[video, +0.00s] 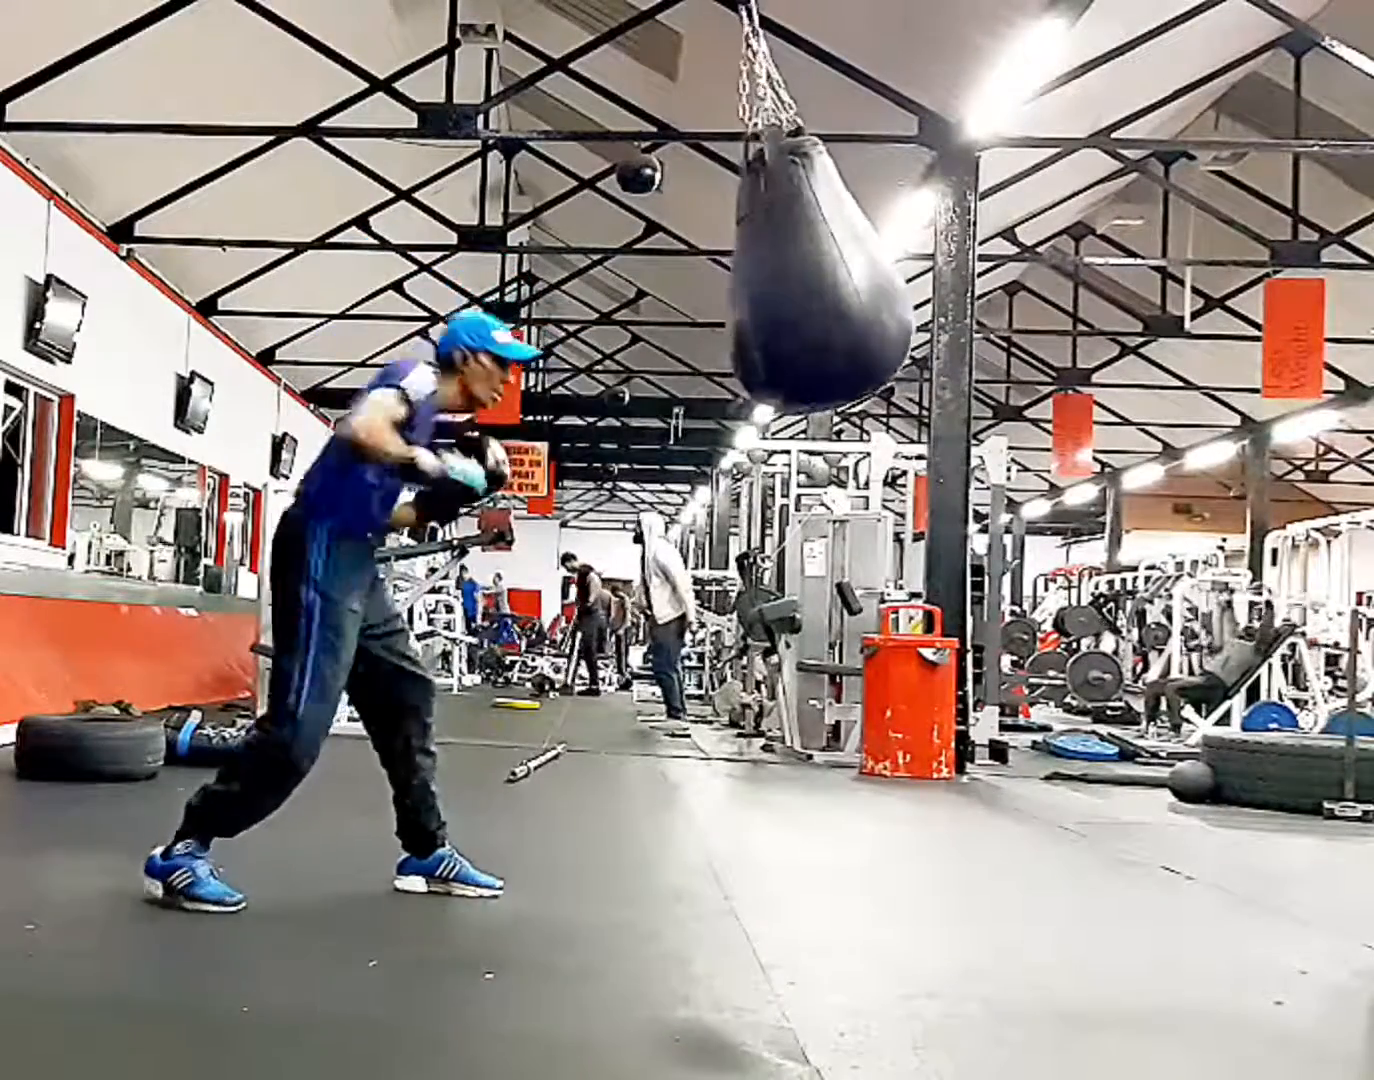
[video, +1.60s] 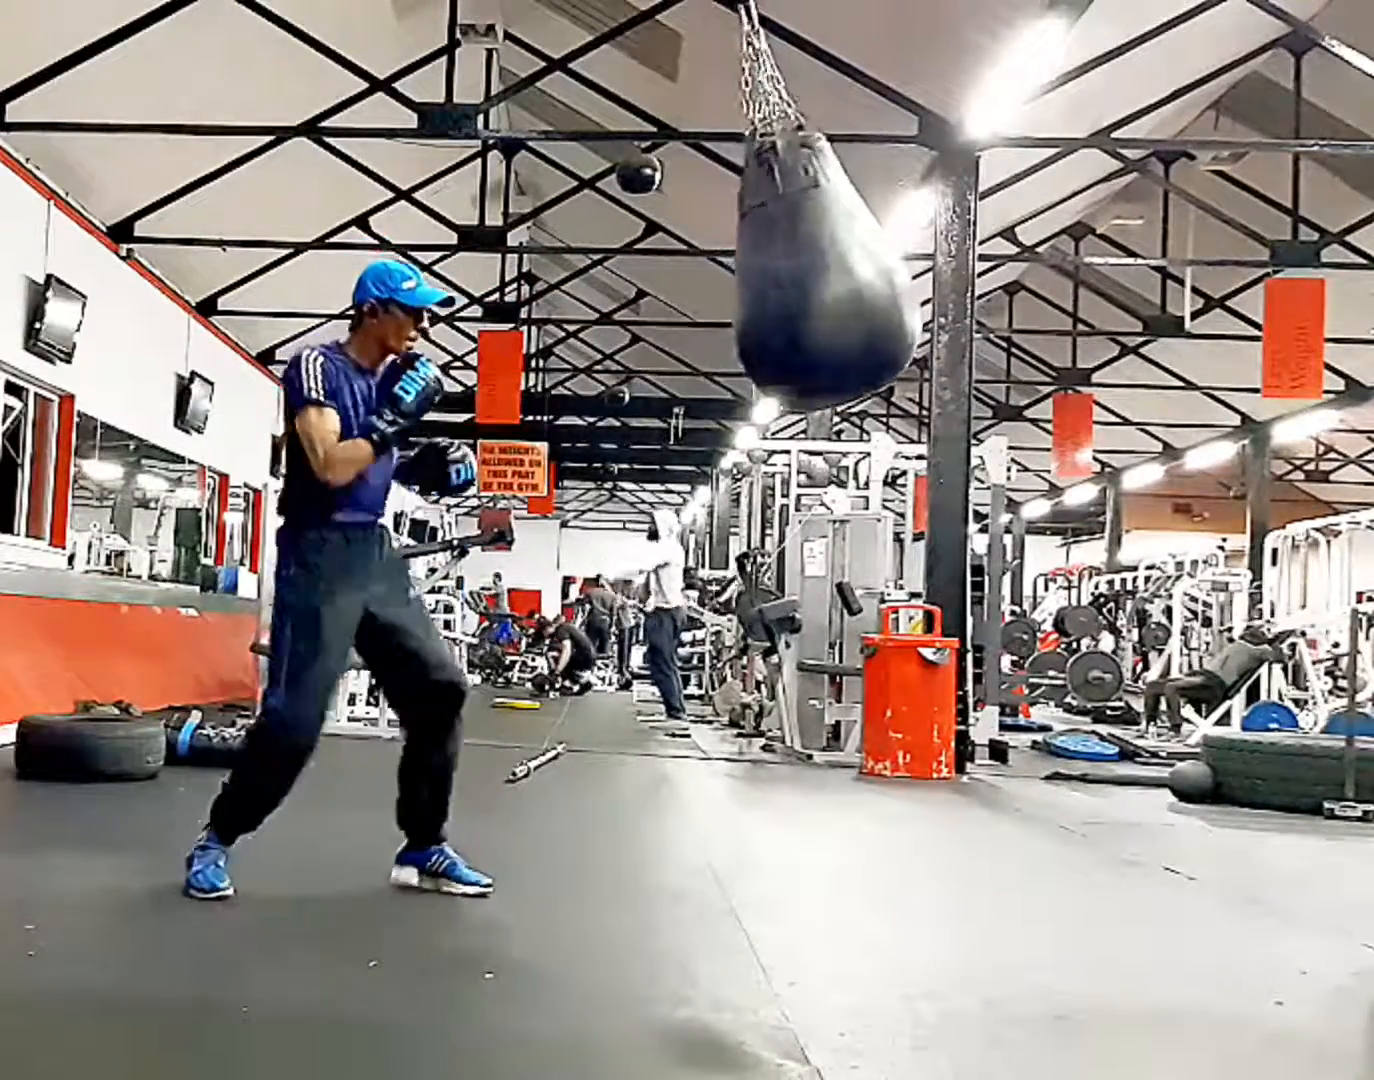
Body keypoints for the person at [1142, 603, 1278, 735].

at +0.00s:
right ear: (1250, 634)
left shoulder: (1255, 654)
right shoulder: (1236, 644)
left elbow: (1266, 633)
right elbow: (1227, 634)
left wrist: (1269, 610)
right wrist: (1224, 609)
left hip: (1218, 683)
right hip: (1205, 677)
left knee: (1172, 689)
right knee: (1153, 687)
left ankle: (1176, 730)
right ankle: (1147, 727)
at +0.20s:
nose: (1249, 633)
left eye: (1254, 632)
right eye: (1249, 631)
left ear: (1257, 636)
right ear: (1246, 633)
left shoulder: (1257, 650)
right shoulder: (1233, 643)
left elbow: (1271, 643)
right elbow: (1225, 629)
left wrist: (1269, 624)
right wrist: (1221, 613)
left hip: (1218, 683)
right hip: (1203, 677)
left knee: (1172, 688)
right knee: (1152, 687)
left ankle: (1175, 731)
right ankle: (1147, 727)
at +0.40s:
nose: (1265, 635)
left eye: (1264, 633)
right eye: (1262, 633)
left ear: (1252, 636)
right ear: (1254, 635)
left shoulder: (1258, 651)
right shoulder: (1232, 645)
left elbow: (1279, 654)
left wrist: (1271, 640)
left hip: (1217, 681)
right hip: (1203, 672)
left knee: (1172, 688)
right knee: (1152, 688)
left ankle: (1175, 731)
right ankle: (1148, 727)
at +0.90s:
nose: (1252, 629)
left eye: (1258, 628)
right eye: (1252, 627)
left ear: (1260, 636)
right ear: (1248, 631)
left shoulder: (1258, 651)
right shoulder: (1234, 643)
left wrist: (1270, 617)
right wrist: (1226, 618)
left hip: (1218, 684)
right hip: (1203, 677)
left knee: (1172, 688)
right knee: (1152, 687)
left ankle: (1175, 731)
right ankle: (1147, 728)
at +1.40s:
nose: (1251, 630)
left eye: (1256, 630)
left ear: (1258, 636)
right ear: (1248, 633)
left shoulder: (1256, 649)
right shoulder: (1232, 643)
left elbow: (1271, 648)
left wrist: (1282, 634)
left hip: (1218, 683)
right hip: (1202, 677)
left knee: (1172, 688)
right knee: (1152, 688)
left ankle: (1175, 731)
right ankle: (1148, 727)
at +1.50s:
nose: (1256, 634)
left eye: (1258, 633)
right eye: (1256, 632)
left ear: (1258, 638)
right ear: (1251, 635)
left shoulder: (1260, 650)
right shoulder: (1235, 644)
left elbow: (1279, 659)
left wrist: (1276, 642)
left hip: (1217, 682)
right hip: (1201, 674)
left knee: (1172, 688)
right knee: (1152, 687)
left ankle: (1175, 731)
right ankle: (1148, 727)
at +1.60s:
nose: (1260, 637)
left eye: (1258, 635)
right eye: (1259, 635)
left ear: (1252, 637)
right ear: (1255, 639)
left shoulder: (1257, 651)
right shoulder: (1235, 645)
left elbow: (1279, 658)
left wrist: (1274, 643)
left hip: (1216, 682)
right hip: (1202, 674)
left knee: (1171, 688)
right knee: (1152, 687)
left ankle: (1175, 731)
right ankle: (1147, 727)